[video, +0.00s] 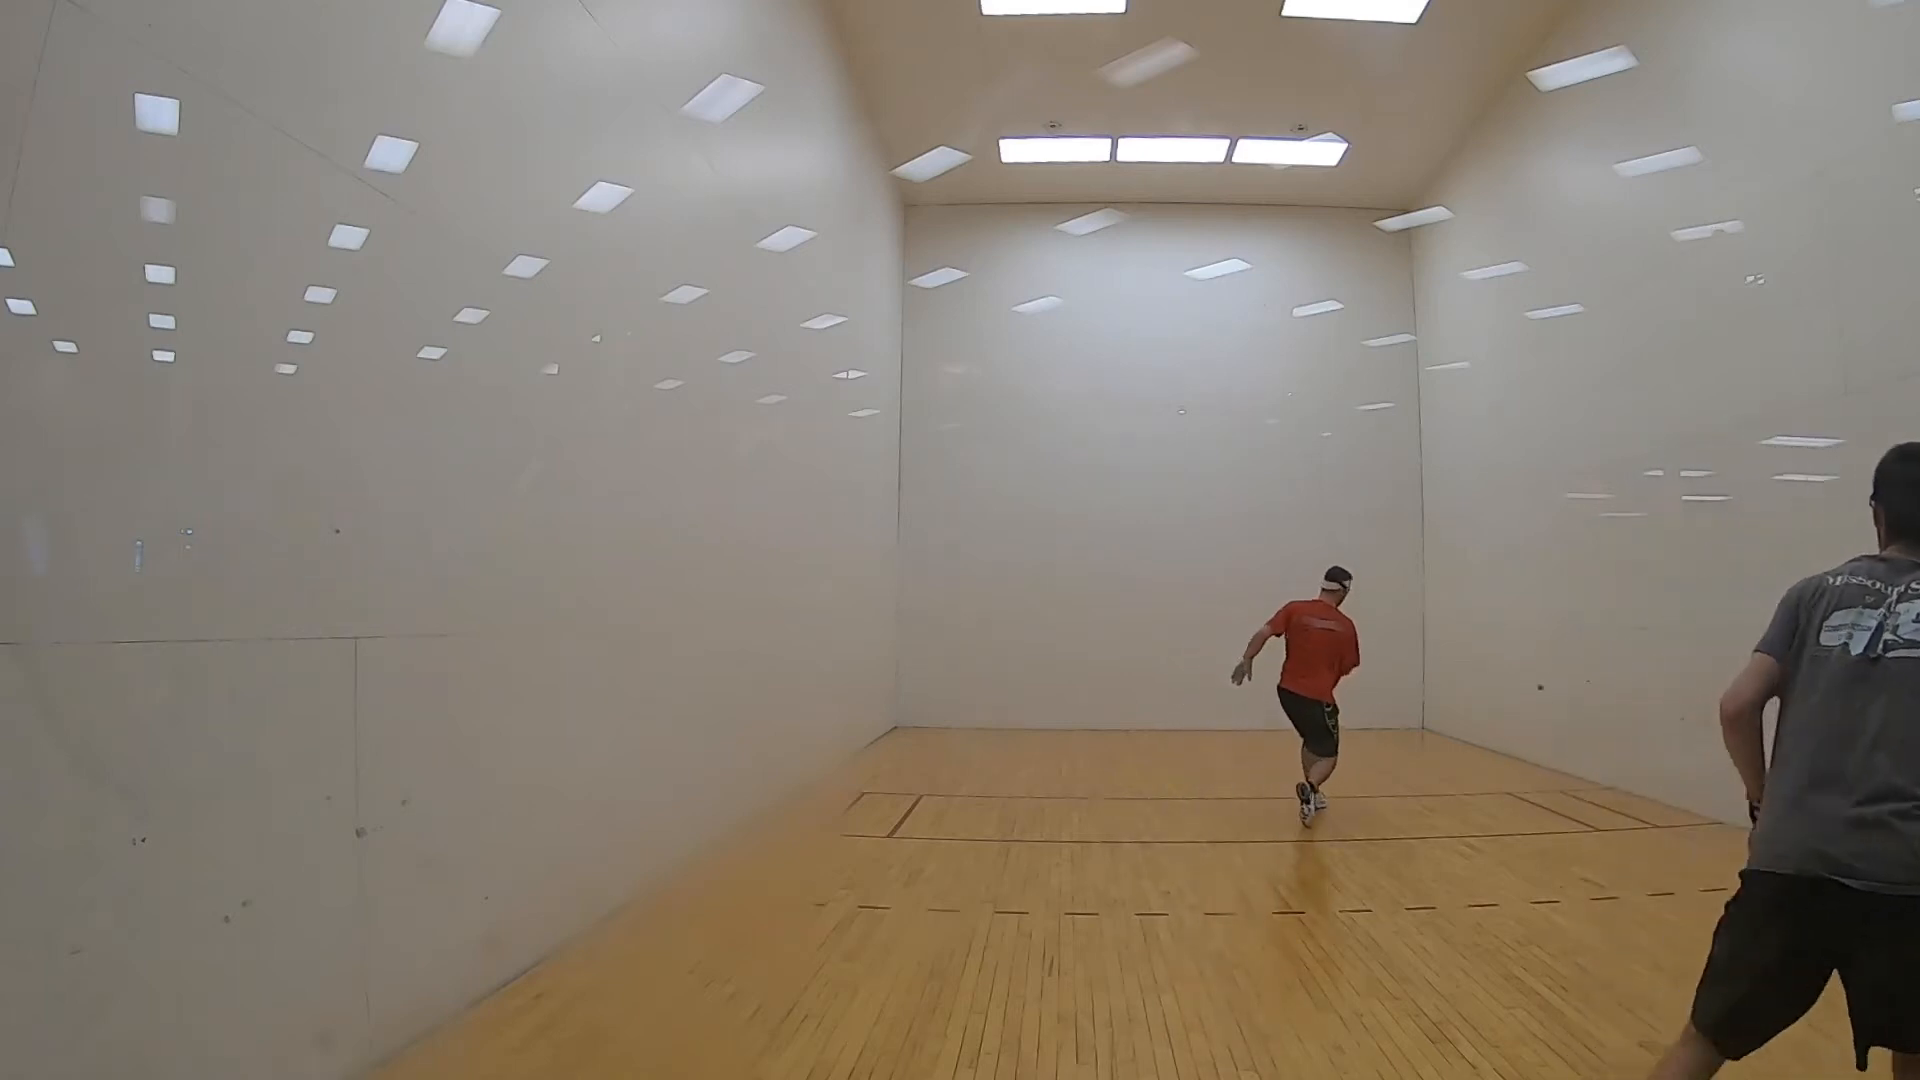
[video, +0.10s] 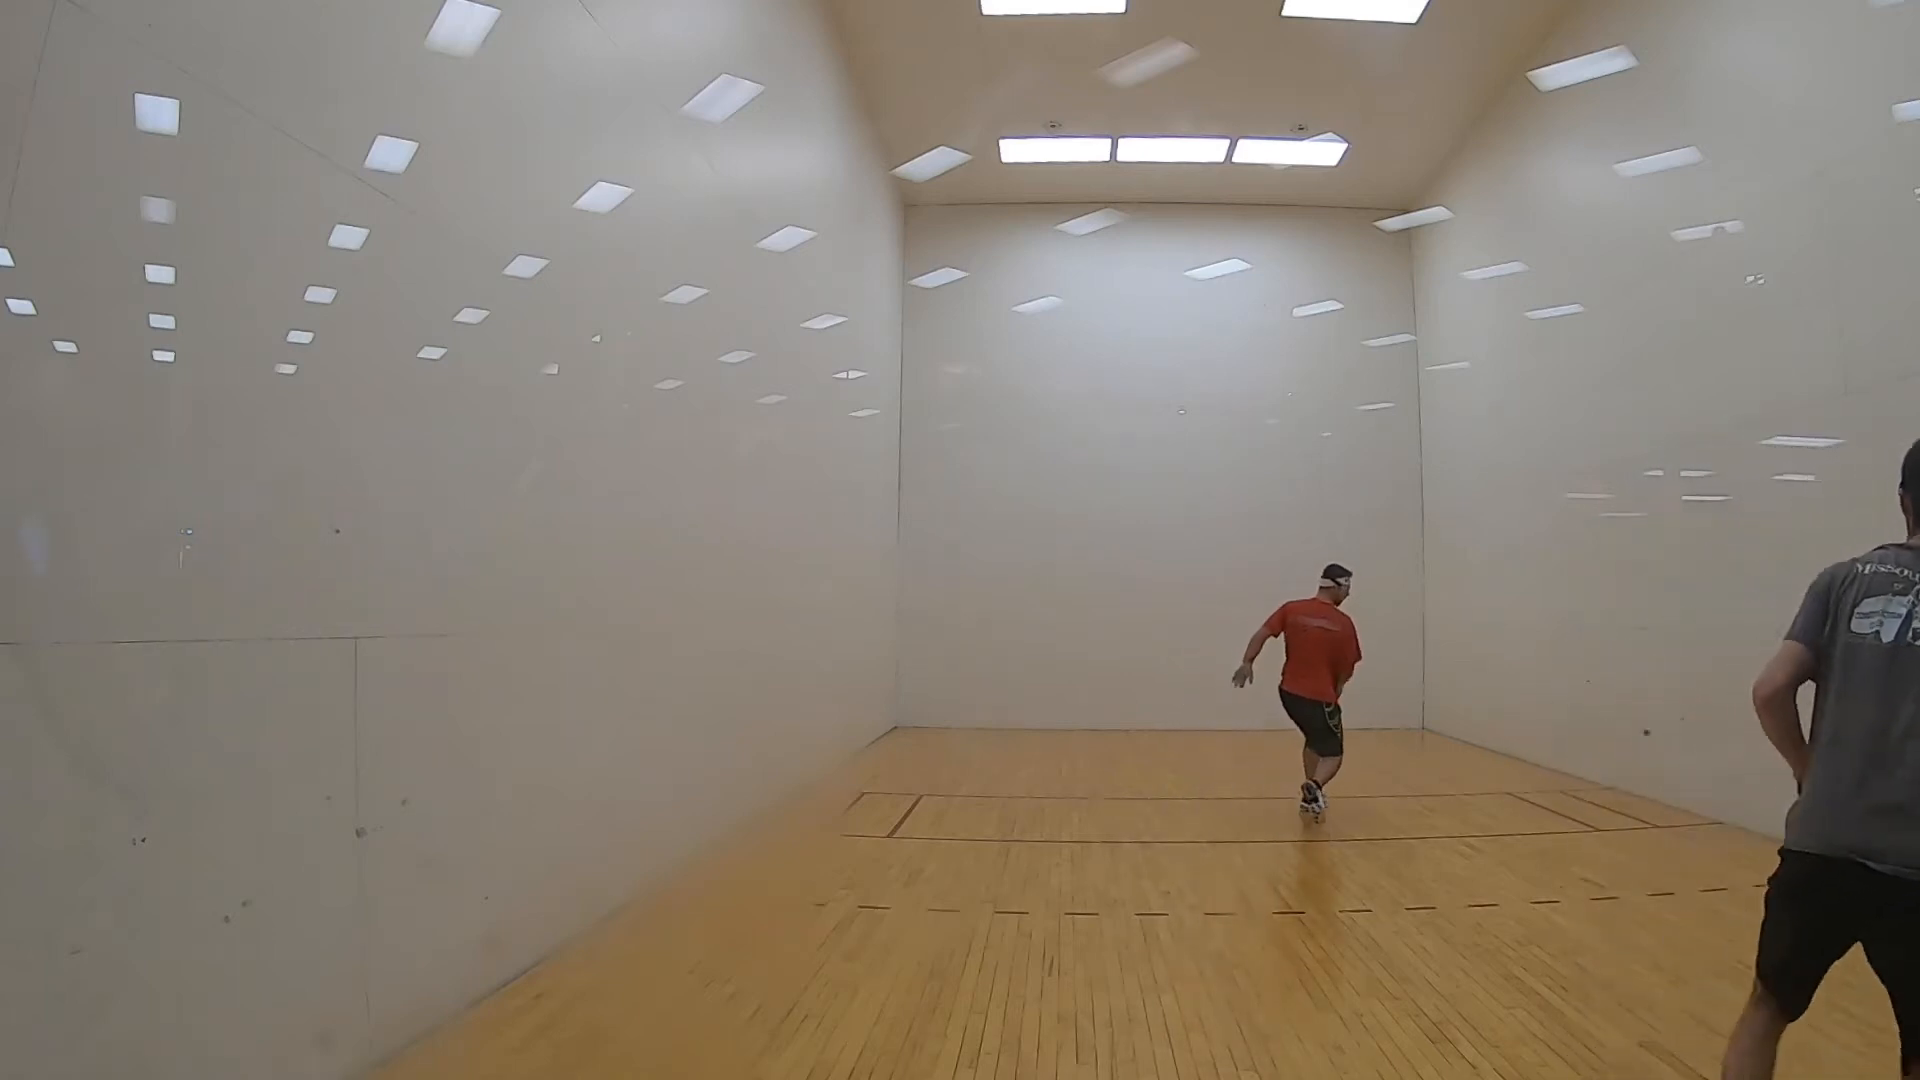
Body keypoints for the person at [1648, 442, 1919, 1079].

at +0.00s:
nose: (1877, 511)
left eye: (1875, 502)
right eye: (1885, 501)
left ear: (1877, 510)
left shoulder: (1817, 594)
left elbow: (1737, 707)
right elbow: (1738, 705)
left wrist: (1760, 794)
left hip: (1790, 860)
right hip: (1903, 873)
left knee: (1702, 1041)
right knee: (1909, 1057)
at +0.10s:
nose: (1909, 502)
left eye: (1907, 492)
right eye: (1914, 493)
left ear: (1904, 500)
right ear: (1913, 501)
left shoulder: (1845, 580)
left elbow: (1770, 692)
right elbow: (1773, 693)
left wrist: (1806, 767)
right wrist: (1805, 767)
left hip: (1825, 847)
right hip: (1909, 862)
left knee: (1768, 1008)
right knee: (1915, 1050)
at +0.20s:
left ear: (1918, 509)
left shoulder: (1862, 588)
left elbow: (1796, 710)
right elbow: (1799, 711)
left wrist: (1853, 755)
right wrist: (1854, 754)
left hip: (1850, 844)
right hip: (1915, 853)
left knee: (1819, 1006)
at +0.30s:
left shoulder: (1891, 636)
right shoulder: (1891, 636)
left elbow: (1841, 759)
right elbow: (1842, 759)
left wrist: (1896, 788)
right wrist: (1894, 789)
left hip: (1877, 862)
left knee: (1841, 1032)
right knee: (1842, 1031)